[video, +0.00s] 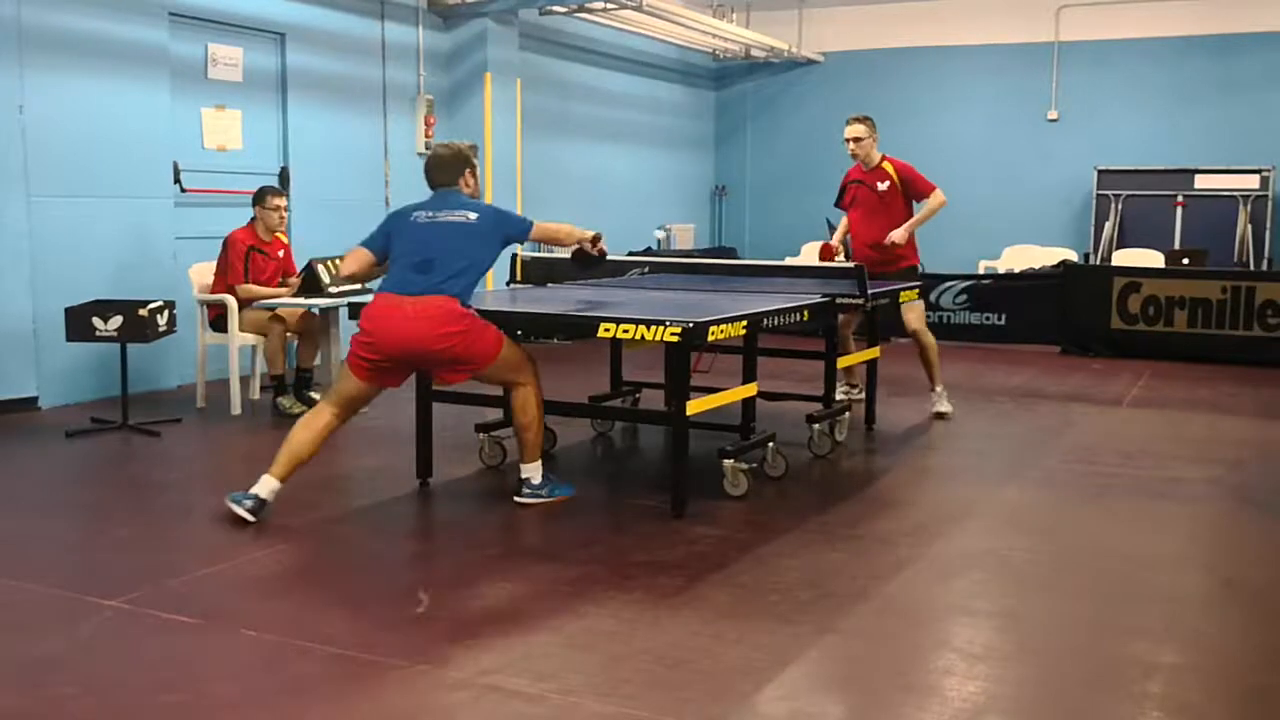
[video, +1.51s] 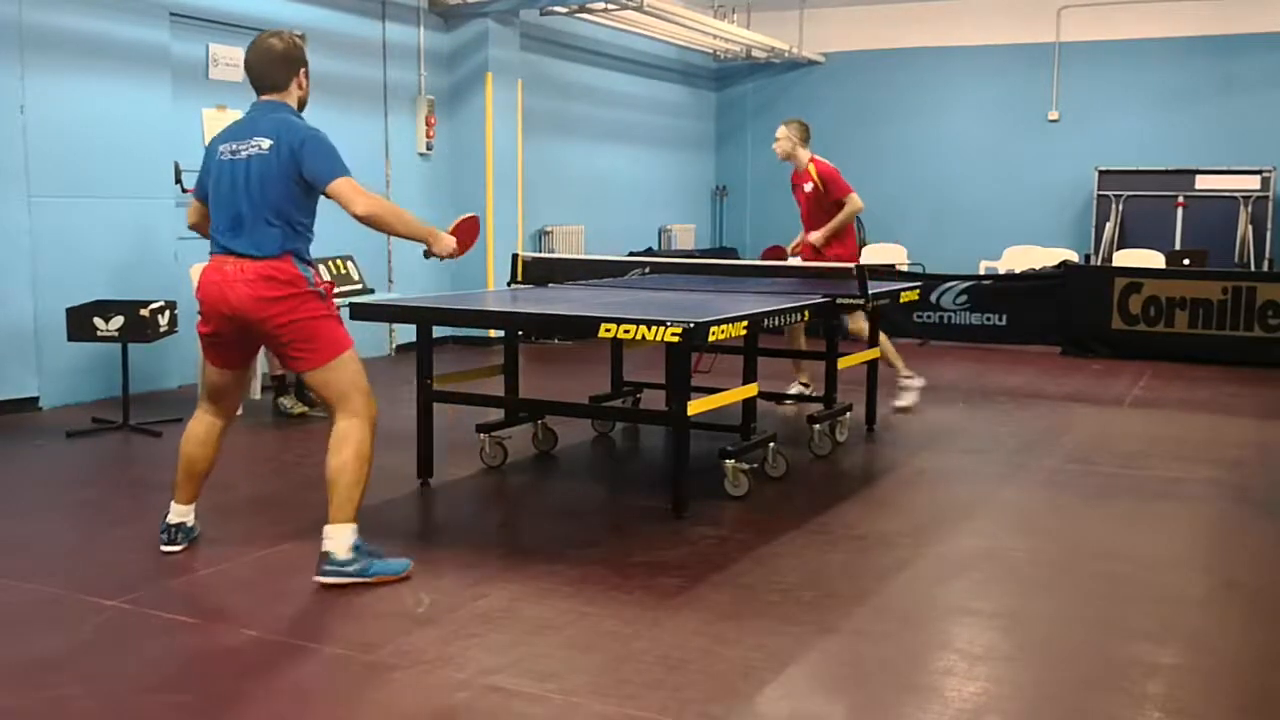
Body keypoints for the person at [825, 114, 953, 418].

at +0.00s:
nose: (851, 147)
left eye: (857, 140)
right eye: (847, 142)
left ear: (873, 140)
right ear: (846, 144)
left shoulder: (897, 170)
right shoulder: (851, 177)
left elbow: (937, 198)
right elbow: (850, 213)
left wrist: (906, 229)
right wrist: (836, 239)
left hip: (901, 270)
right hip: (863, 273)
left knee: (916, 327)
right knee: (843, 326)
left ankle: (937, 390)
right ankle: (853, 385)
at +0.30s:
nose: (838, 175)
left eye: (843, 167)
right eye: (835, 169)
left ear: (861, 160)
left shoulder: (900, 177)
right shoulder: (849, 196)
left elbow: (944, 195)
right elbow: (850, 241)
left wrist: (931, 231)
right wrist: (817, 242)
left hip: (914, 276)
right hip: (871, 279)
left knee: (943, 337)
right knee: (831, 325)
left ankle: (950, 397)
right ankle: (820, 385)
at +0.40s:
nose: (817, 183)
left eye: (820, 175)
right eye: (813, 177)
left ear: (838, 169)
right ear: (830, 173)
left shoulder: (881, 177)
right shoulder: (833, 200)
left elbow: (926, 185)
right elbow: (835, 242)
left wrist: (925, 226)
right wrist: (799, 238)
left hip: (907, 273)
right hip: (866, 279)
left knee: (936, 332)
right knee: (824, 324)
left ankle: (950, 397)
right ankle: (801, 388)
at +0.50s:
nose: (796, 189)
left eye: (799, 181)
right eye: (792, 184)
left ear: (818, 175)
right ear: (796, 184)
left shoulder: (855, 182)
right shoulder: (810, 210)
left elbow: (900, 185)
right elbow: (797, 241)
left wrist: (905, 226)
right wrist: (767, 238)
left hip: (892, 275)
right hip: (850, 282)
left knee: (926, 333)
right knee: (814, 338)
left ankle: (949, 397)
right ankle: (789, 399)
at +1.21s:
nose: (815, 170)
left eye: (821, 164)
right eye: (813, 165)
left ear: (840, 164)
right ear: (814, 166)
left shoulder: (865, 190)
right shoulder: (821, 199)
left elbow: (906, 223)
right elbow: (817, 238)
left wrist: (867, 244)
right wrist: (803, 254)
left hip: (879, 279)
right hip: (839, 279)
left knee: (905, 337)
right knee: (804, 329)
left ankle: (945, 392)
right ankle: (803, 384)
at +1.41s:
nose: (783, 163)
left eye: (788, 157)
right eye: (783, 157)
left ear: (806, 160)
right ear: (802, 161)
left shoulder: (836, 186)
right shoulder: (803, 193)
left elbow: (872, 220)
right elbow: (823, 233)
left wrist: (840, 252)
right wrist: (810, 260)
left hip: (858, 275)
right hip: (824, 273)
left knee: (888, 331)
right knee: (793, 325)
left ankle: (942, 385)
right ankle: (803, 384)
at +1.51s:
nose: (774, 145)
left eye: (778, 139)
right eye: (774, 139)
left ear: (795, 142)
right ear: (789, 143)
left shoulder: (823, 169)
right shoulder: (797, 177)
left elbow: (855, 204)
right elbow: (814, 218)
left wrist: (823, 233)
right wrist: (799, 242)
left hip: (839, 263)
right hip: (811, 263)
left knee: (857, 325)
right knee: (792, 319)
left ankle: (907, 377)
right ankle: (803, 382)